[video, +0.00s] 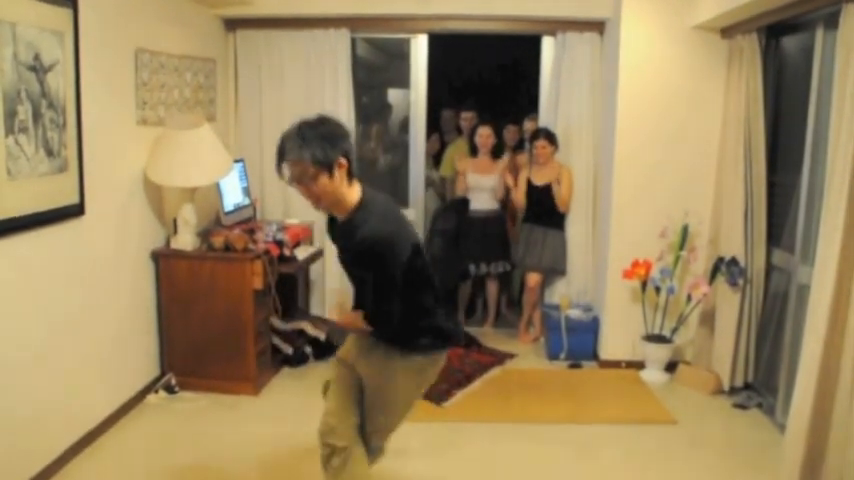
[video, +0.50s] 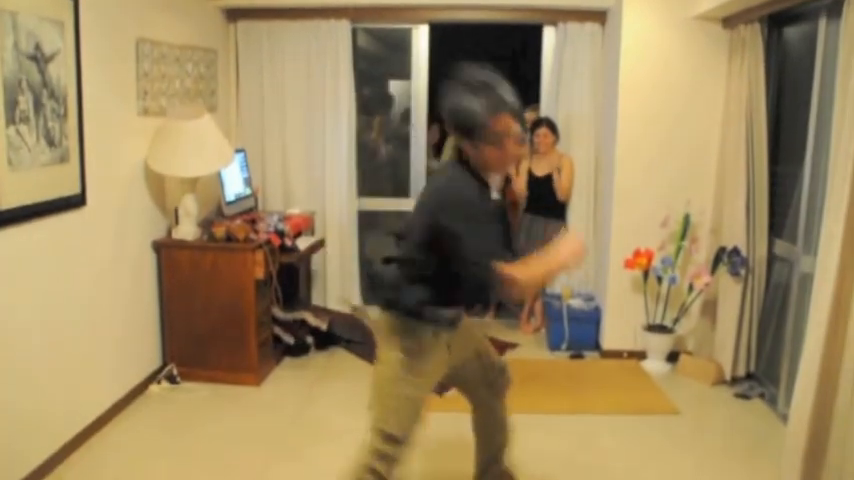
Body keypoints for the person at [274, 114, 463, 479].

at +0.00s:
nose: (304, 193)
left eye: (308, 180)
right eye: (296, 184)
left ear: (341, 168)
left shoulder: (378, 235)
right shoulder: (341, 220)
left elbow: (385, 323)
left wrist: (328, 323)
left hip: (414, 347)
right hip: (371, 332)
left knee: (368, 441)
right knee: (335, 434)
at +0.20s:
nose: (327, 183)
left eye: (335, 172)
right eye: (322, 174)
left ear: (366, 166)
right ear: (318, 175)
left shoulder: (402, 218)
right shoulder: (348, 223)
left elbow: (420, 284)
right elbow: (383, 281)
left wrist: (329, 280)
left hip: (426, 356)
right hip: (379, 343)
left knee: (392, 454)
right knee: (362, 446)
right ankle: (362, 472)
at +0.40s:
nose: (456, 126)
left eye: (461, 113)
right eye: (443, 116)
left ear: (476, 114)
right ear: (422, 122)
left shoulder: (478, 171)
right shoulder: (396, 172)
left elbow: (489, 234)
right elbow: (375, 253)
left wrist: (541, 258)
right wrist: (461, 234)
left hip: (446, 314)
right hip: (393, 320)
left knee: (491, 381)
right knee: (372, 439)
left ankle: (484, 466)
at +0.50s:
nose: (514, 150)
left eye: (516, 138)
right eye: (501, 141)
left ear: (518, 133)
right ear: (471, 145)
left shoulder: (482, 184)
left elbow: (502, 249)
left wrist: (530, 285)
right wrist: (562, 252)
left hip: (451, 322)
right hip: (410, 327)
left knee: (490, 383)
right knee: (388, 441)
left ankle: (492, 471)